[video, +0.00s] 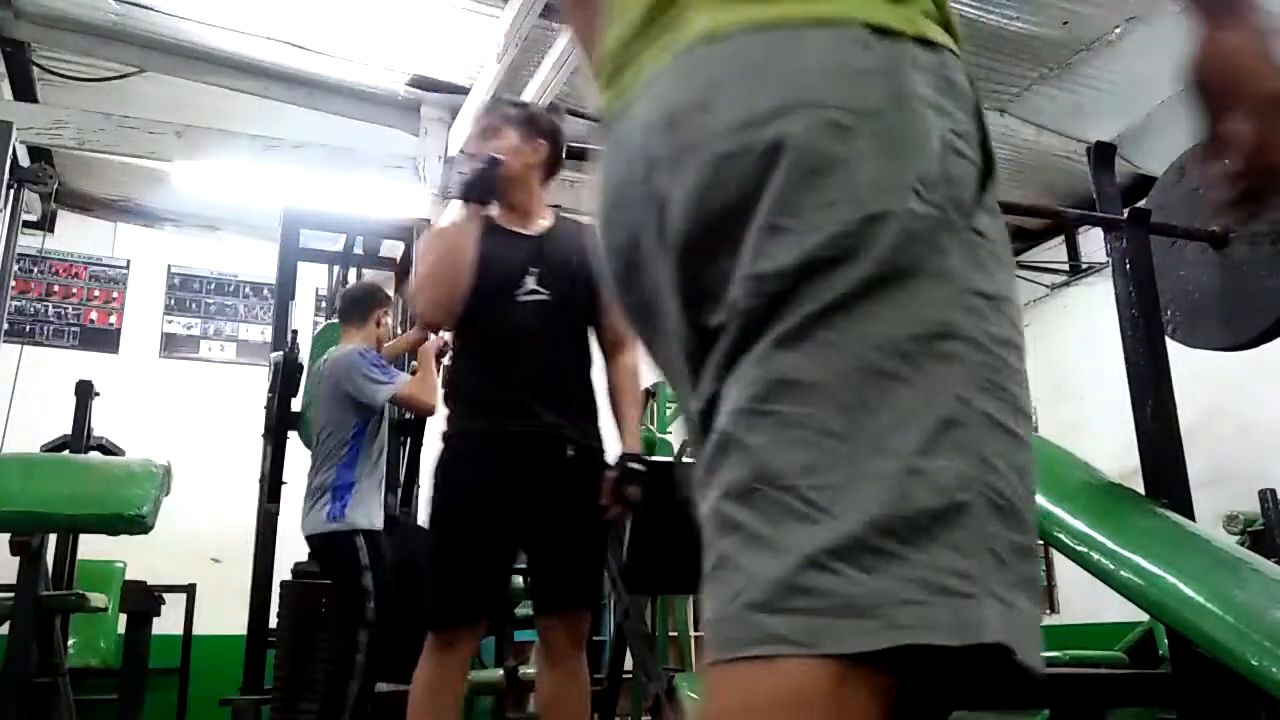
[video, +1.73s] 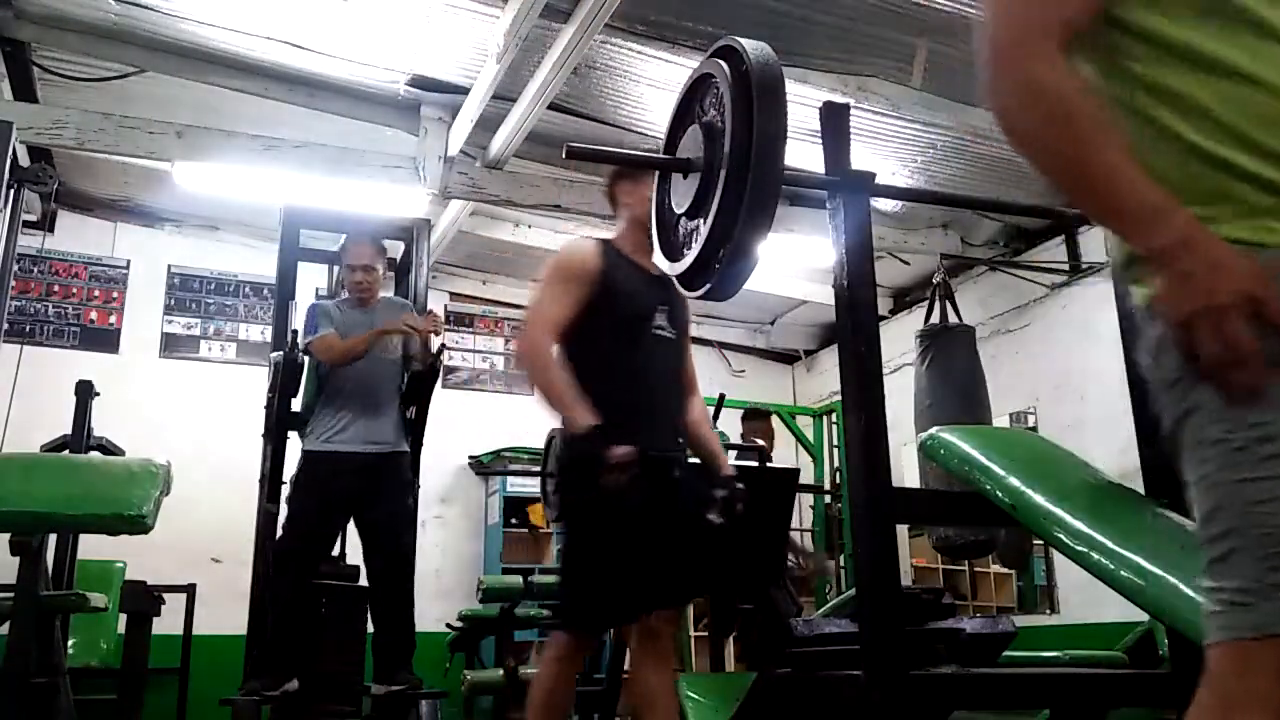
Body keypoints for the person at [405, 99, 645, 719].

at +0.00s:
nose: (479, 149)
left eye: (495, 136)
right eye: (475, 140)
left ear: (542, 150)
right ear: (470, 156)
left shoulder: (587, 242)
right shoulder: (452, 236)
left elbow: (620, 348)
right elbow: (431, 310)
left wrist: (631, 451)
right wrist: (466, 206)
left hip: (568, 459)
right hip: (478, 458)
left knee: (566, 636)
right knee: (451, 636)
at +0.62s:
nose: (499, 175)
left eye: (514, 159)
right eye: (496, 165)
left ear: (561, 170)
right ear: (500, 181)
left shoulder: (622, 259)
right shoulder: (486, 260)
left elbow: (651, 364)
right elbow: (452, 351)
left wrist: (675, 457)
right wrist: (502, 268)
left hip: (604, 459)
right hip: (517, 460)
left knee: (589, 631)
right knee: (519, 634)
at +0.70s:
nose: (493, 174)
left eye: (508, 159)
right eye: (492, 164)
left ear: (555, 171)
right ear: (498, 180)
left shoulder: (619, 259)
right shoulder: (481, 266)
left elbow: (645, 361)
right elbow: (442, 361)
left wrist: (653, 458)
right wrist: (501, 308)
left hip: (599, 459)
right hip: (512, 460)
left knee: (587, 627)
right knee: (516, 630)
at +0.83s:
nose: (484, 178)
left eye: (499, 163)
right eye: (483, 167)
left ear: (546, 173)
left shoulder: (609, 259)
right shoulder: (474, 270)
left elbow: (640, 360)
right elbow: (423, 366)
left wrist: (646, 456)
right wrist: (481, 375)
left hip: (594, 466)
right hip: (509, 468)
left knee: (592, 628)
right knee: (514, 633)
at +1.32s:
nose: (555, 182)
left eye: (566, 171)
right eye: (539, 169)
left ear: (580, 184)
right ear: (512, 182)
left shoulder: (615, 267)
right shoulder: (478, 273)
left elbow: (645, 365)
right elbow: (425, 368)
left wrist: (667, 460)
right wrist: (462, 452)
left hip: (611, 473)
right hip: (522, 475)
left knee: (645, 625)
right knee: (524, 642)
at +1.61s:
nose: (644, 192)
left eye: (646, 183)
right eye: (629, 179)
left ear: (645, 196)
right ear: (588, 187)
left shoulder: (656, 286)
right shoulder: (544, 264)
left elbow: (671, 384)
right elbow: (487, 349)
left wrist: (701, 464)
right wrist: (531, 435)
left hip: (643, 476)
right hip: (569, 474)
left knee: (647, 631)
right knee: (551, 636)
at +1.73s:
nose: (663, 193)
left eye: (667, 182)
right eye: (650, 181)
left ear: (672, 197)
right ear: (620, 194)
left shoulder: (673, 296)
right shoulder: (584, 259)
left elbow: (688, 398)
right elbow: (533, 343)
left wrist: (721, 467)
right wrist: (589, 432)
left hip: (664, 473)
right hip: (597, 468)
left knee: (659, 628)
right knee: (575, 634)